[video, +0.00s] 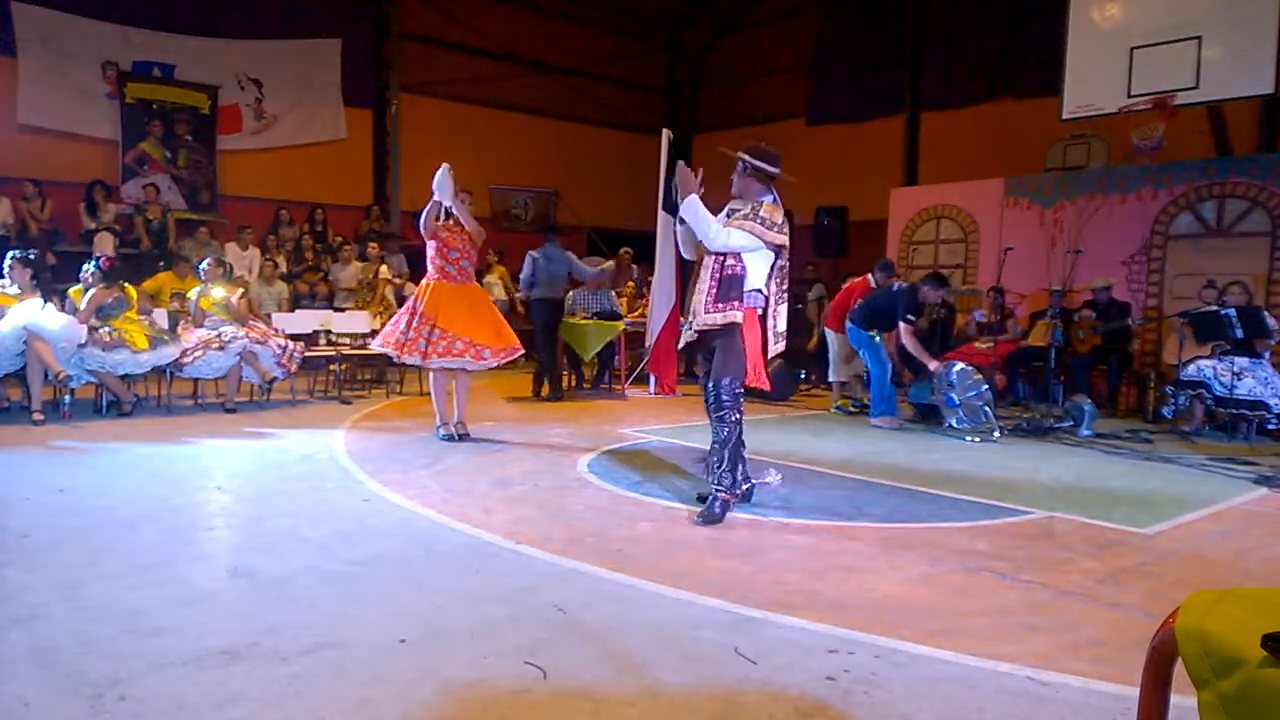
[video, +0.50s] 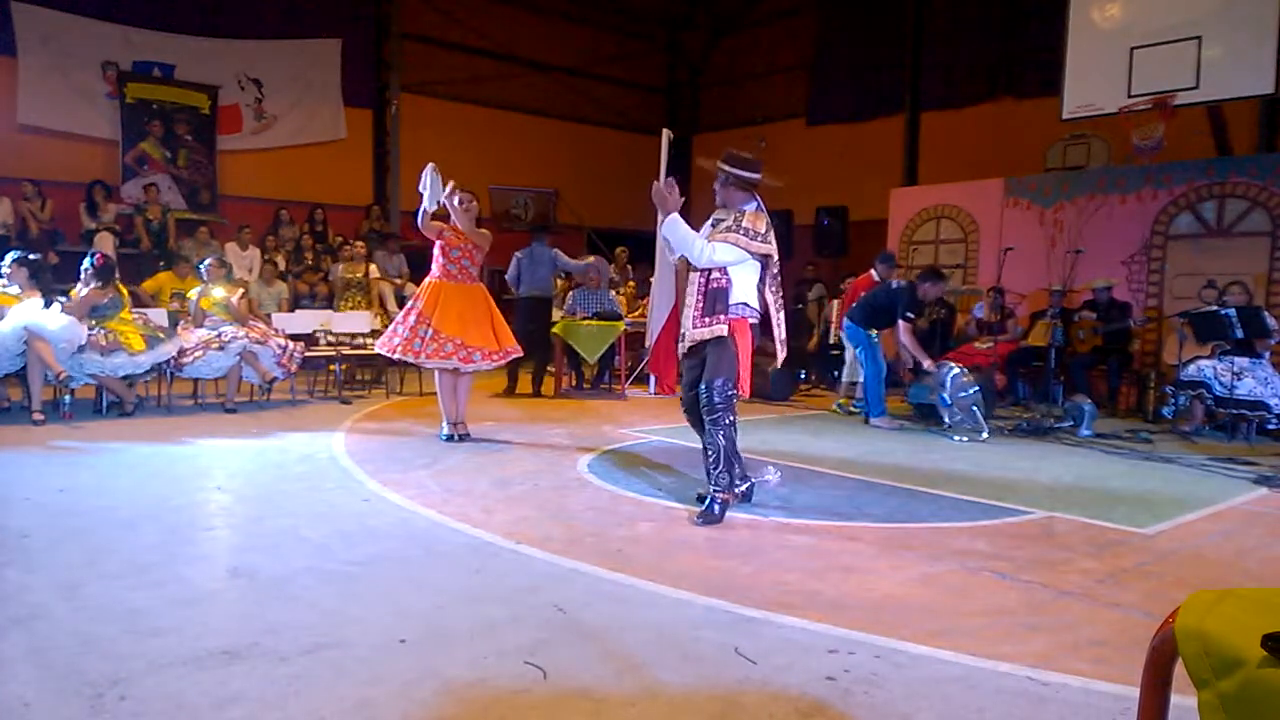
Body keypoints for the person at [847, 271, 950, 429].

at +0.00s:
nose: (939, 301)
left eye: (941, 298)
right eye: (938, 297)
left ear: (927, 288)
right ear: (928, 289)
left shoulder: (913, 295)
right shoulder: (909, 297)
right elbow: (906, 337)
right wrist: (929, 362)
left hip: (871, 328)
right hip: (862, 328)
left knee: (883, 367)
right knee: (881, 367)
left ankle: (885, 413)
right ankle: (880, 414)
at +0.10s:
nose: (940, 298)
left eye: (942, 294)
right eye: (939, 294)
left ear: (925, 287)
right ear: (926, 288)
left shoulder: (913, 295)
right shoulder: (909, 297)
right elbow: (907, 336)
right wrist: (930, 361)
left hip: (869, 327)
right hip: (859, 326)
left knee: (880, 367)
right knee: (879, 367)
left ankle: (880, 413)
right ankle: (879, 414)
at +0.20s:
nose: (940, 298)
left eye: (942, 293)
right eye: (939, 292)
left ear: (925, 286)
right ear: (926, 287)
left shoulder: (912, 293)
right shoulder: (910, 296)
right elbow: (909, 336)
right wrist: (930, 361)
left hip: (867, 327)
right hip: (859, 326)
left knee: (878, 367)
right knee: (878, 367)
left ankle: (877, 413)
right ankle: (878, 415)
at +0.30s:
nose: (940, 297)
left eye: (942, 293)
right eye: (939, 292)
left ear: (925, 286)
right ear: (926, 287)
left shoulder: (912, 293)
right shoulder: (910, 296)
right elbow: (909, 336)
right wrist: (931, 361)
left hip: (866, 326)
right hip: (859, 326)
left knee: (874, 368)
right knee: (876, 368)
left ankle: (874, 412)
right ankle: (878, 415)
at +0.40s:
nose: (939, 297)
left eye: (941, 293)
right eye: (939, 292)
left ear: (925, 286)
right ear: (926, 287)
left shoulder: (910, 292)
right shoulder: (910, 296)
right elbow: (907, 335)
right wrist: (929, 360)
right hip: (859, 326)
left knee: (873, 368)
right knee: (876, 368)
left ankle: (874, 412)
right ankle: (877, 415)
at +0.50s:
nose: (939, 296)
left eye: (941, 292)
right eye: (939, 291)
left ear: (925, 285)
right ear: (926, 286)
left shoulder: (907, 290)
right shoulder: (910, 296)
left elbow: (899, 331)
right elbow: (905, 334)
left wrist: (904, 353)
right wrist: (925, 360)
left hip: (864, 327)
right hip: (859, 327)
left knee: (875, 368)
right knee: (876, 368)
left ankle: (874, 412)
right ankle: (877, 415)